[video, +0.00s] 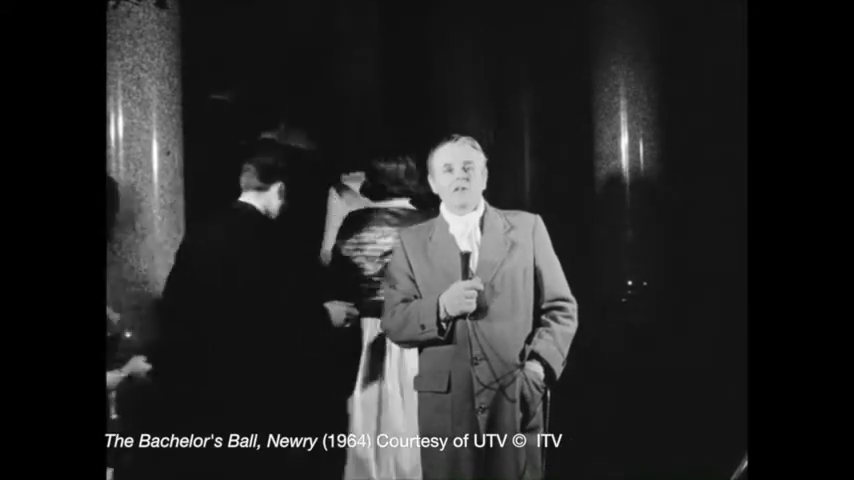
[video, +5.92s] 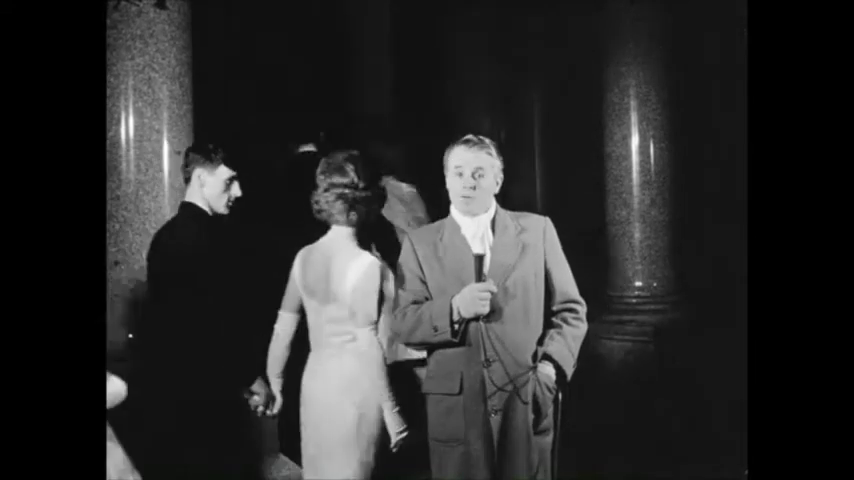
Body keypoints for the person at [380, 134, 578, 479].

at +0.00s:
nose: (460, 175)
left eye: (469, 165)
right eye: (447, 168)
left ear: (485, 176)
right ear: (432, 183)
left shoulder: (527, 228)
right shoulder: (411, 241)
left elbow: (560, 306)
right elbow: (394, 320)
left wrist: (539, 364)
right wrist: (440, 308)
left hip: (515, 395)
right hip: (444, 398)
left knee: (519, 474)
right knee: (446, 474)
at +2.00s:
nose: (470, 174)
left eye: (480, 166)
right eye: (459, 167)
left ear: (497, 178)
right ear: (444, 181)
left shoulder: (537, 231)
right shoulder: (420, 242)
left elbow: (569, 309)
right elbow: (404, 321)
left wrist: (551, 363)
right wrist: (453, 306)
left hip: (523, 399)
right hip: (452, 402)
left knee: (527, 474)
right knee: (453, 473)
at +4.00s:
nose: (480, 186)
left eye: (490, 177)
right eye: (471, 176)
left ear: (510, 180)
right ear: (458, 180)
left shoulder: (549, 230)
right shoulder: (431, 240)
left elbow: (580, 310)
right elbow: (413, 318)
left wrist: (557, 366)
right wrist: (461, 308)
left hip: (531, 397)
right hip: (461, 398)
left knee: (533, 474)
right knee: (460, 474)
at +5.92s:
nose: (468, 183)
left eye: (479, 174)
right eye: (459, 174)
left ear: (498, 181)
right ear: (446, 181)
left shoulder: (537, 231)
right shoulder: (419, 243)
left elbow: (570, 309)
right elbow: (404, 321)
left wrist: (550, 364)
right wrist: (453, 309)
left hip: (525, 397)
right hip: (453, 399)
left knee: (527, 475)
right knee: (456, 474)